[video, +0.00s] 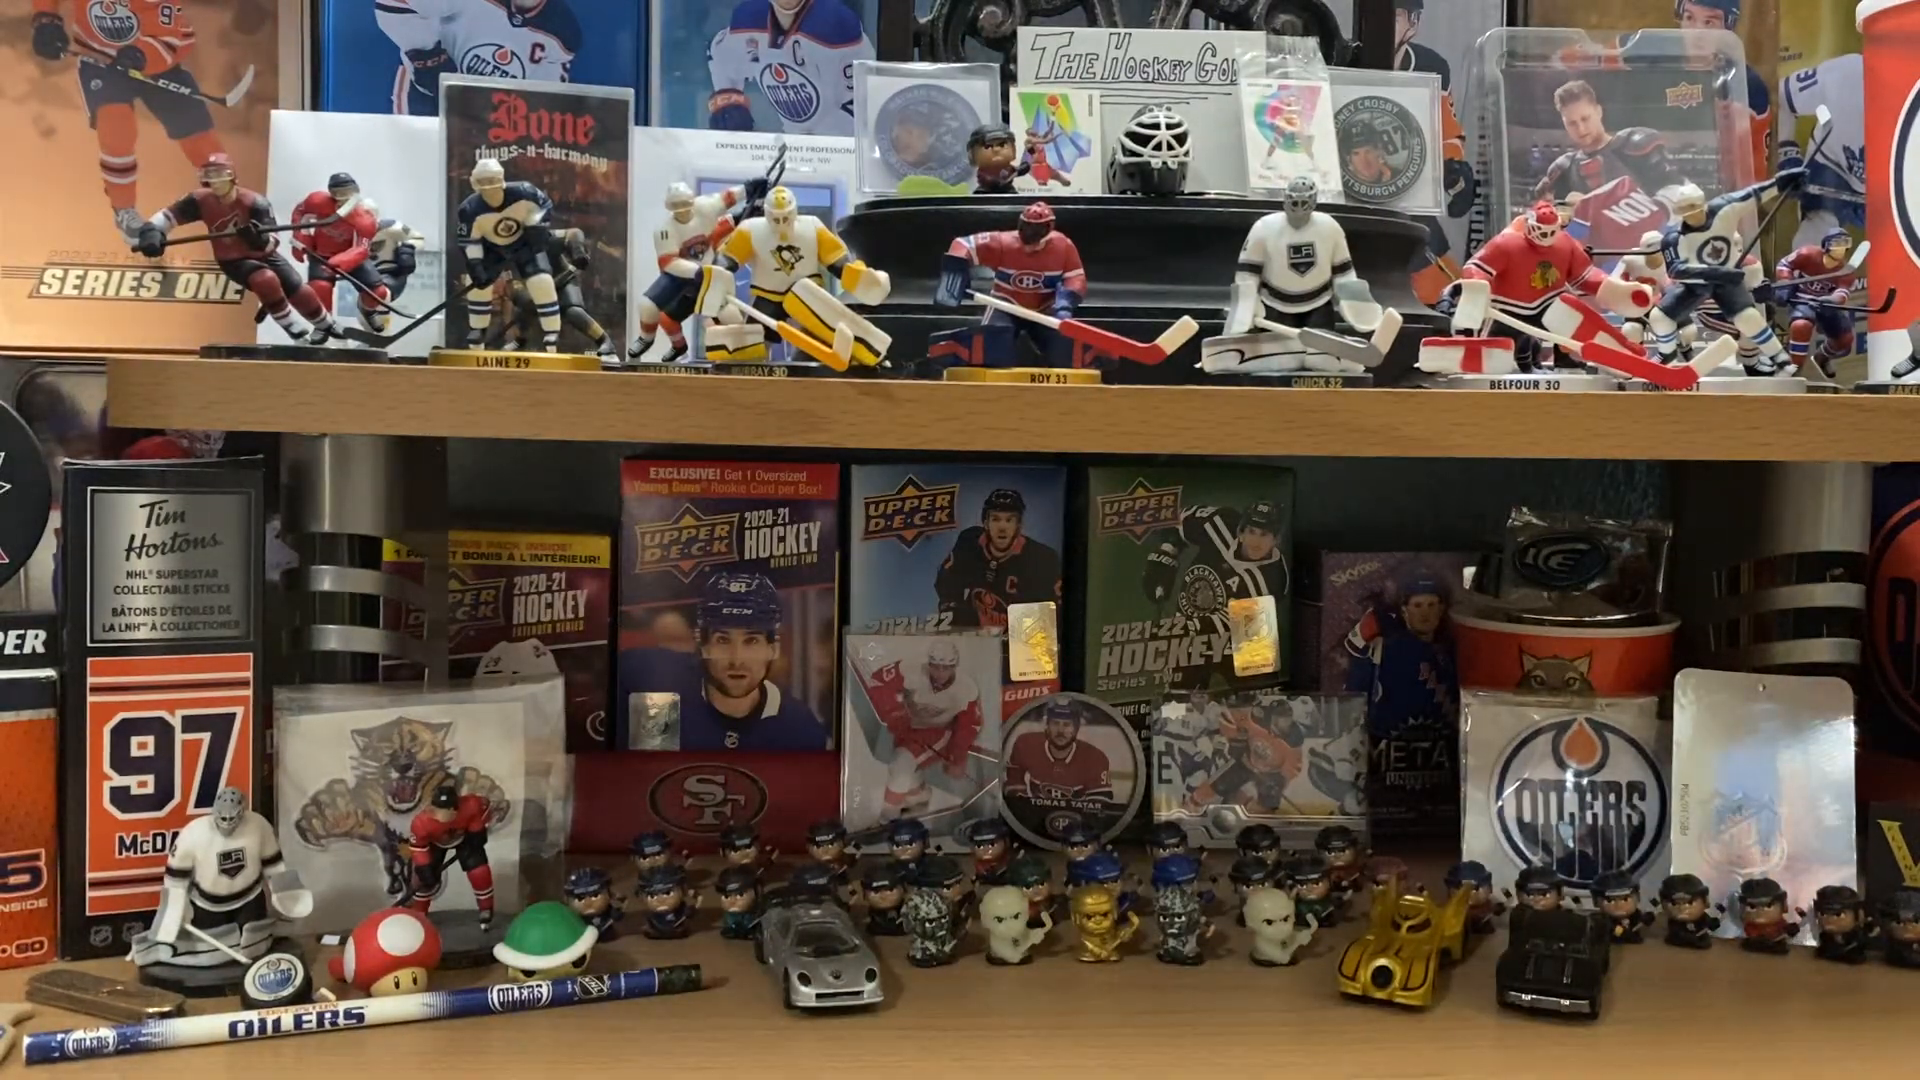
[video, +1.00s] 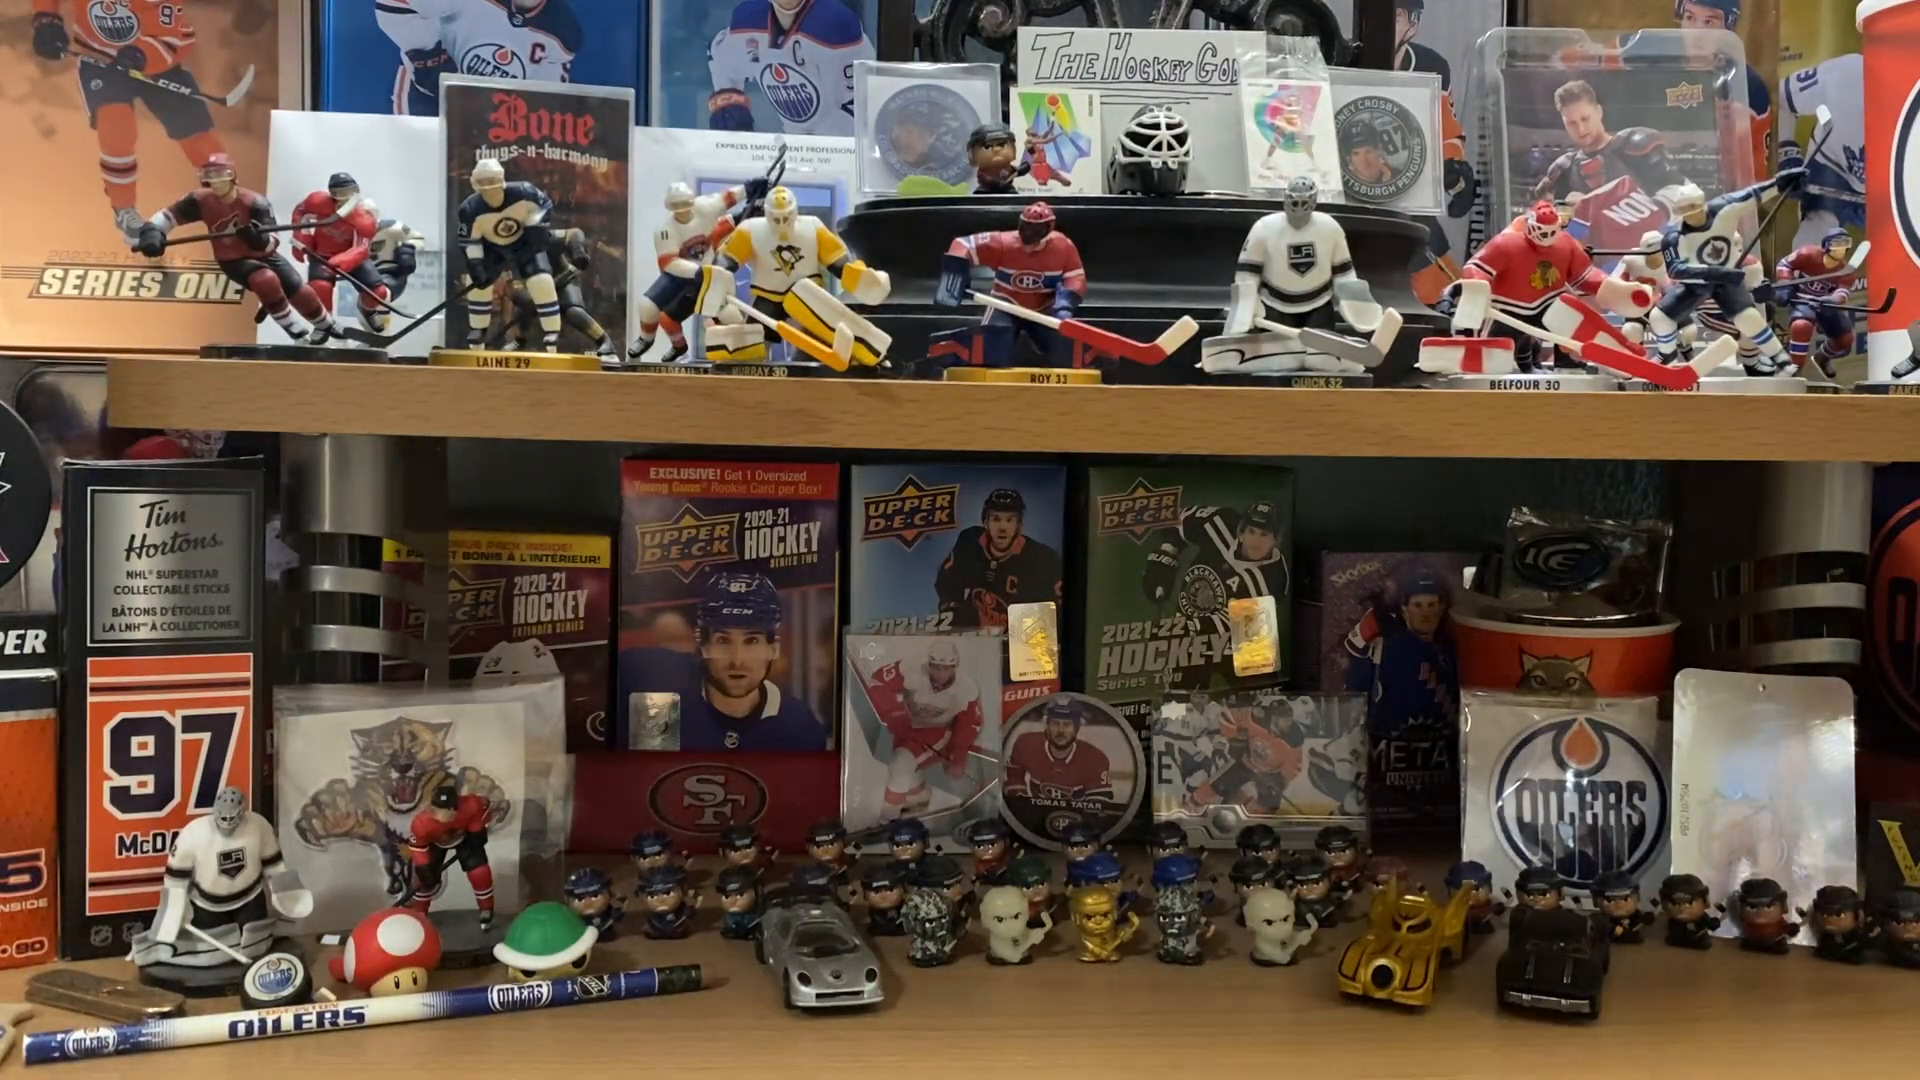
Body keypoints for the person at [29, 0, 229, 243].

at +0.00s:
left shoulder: (161, 7)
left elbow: (179, 39)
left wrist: (142, 55)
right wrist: (46, 18)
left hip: (157, 61)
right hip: (99, 61)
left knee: (206, 148)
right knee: (118, 127)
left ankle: (231, 208)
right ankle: (125, 211)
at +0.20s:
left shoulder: (160, 7)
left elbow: (178, 39)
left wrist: (142, 54)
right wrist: (46, 18)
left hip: (157, 61)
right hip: (100, 61)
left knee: (206, 148)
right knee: (118, 128)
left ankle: (232, 209)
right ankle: (125, 211)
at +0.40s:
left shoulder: (160, 7)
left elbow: (179, 39)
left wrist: (142, 54)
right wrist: (46, 18)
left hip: (157, 61)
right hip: (100, 61)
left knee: (206, 148)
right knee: (118, 128)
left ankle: (232, 209)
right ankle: (125, 211)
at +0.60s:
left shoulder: (160, 7)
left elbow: (178, 39)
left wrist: (142, 54)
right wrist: (46, 18)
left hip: (157, 61)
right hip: (100, 61)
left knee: (205, 148)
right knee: (118, 127)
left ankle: (232, 208)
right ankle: (125, 211)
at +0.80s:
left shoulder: (160, 7)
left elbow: (175, 40)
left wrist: (142, 54)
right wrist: (46, 18)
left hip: (157, 62)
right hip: (100, 61)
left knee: (206, 148)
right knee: (118, 128)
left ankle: (232, 210)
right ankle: (125, 211)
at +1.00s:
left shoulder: (160, 7)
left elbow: (180, 39)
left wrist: (143, 54)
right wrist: (46, 18)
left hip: (157, 61)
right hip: (99, 60)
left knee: (205, 148)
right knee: (118, 127)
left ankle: (232, 209)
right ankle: (125, 211)